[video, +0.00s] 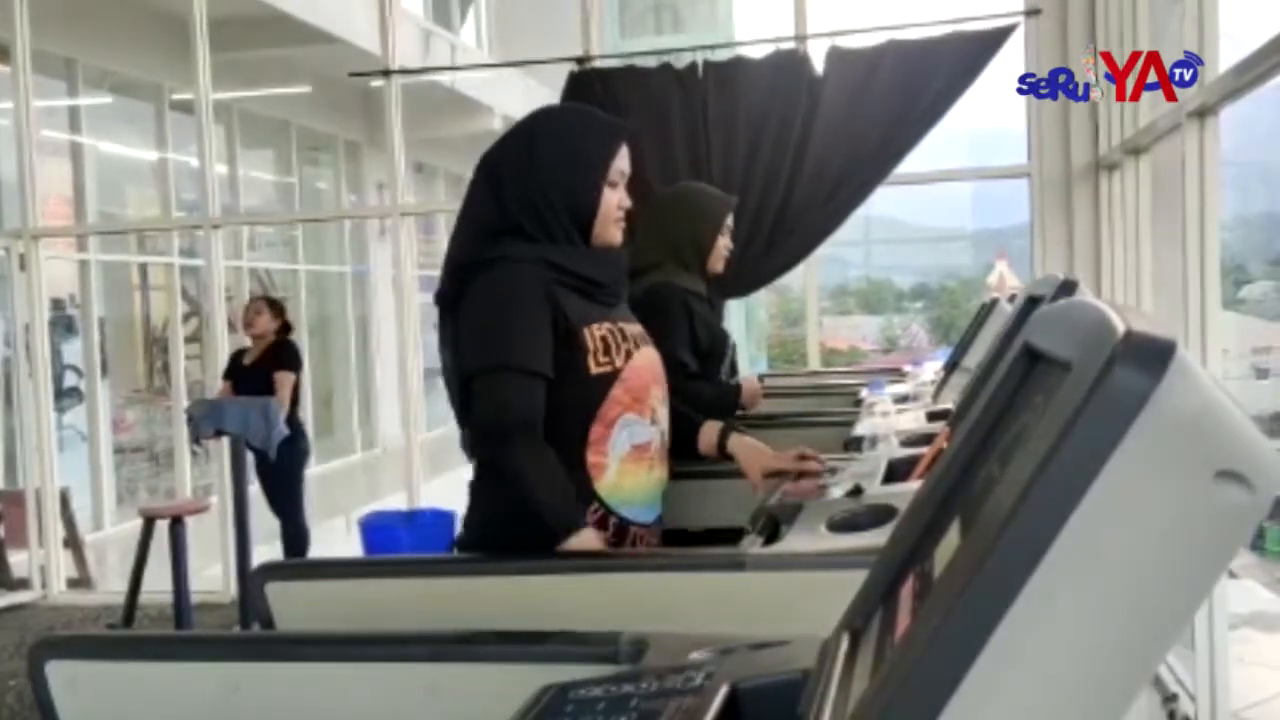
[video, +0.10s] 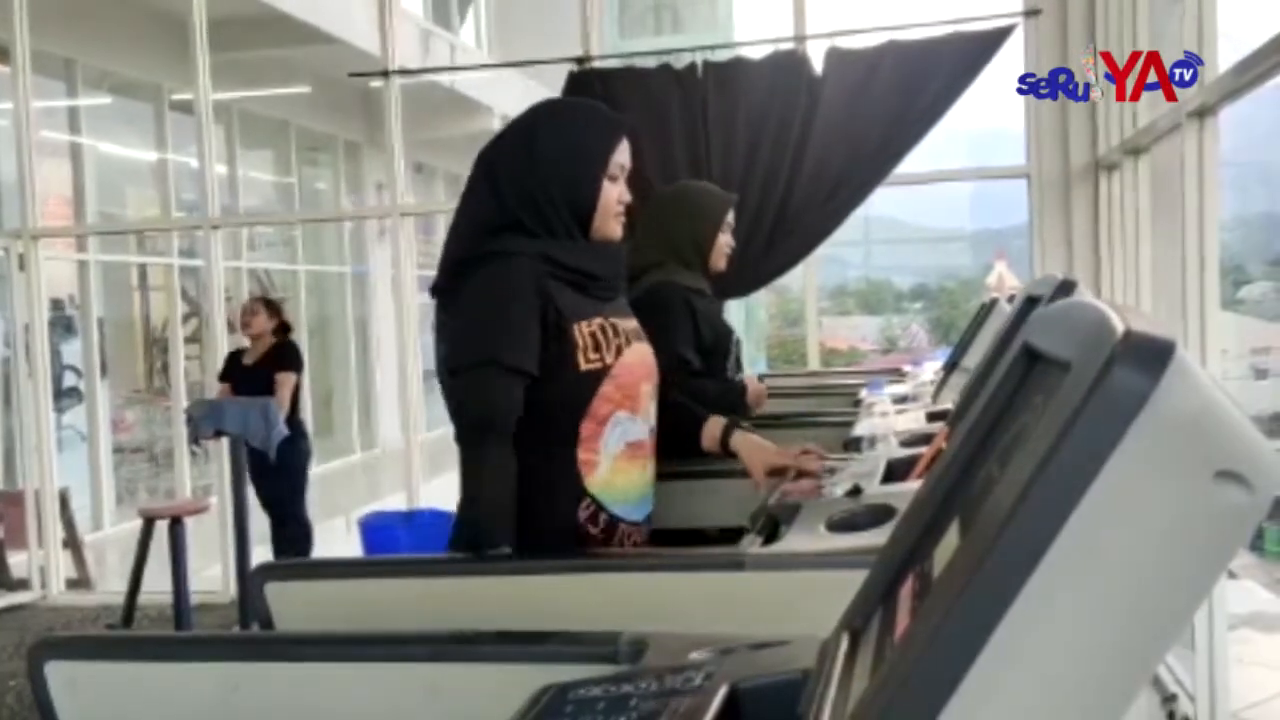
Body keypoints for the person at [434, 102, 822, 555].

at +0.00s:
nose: (627, 202)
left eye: (625, 186)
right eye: (613, 185)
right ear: (563, 183)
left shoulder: (592, 282)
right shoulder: (511, 285)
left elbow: (633, 405)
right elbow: (508, 441)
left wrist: (734, 443)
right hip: (538, 569)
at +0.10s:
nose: (628, 198)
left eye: (625, 180)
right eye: (614, 178)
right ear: (562, 177)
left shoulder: (594, 275)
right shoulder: (505, 281)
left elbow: (634, 397)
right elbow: (487, 441)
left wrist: (737, 440)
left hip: (614, 544)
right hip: (544, 557)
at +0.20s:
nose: (626, 203)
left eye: (625, 186)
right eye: (611, 185)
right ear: (561, 182)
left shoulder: (596, 285)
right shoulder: (501, 292)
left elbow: (628, 408)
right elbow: (457, 450)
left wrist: (737, 441)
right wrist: (424, 582)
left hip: (611, 556)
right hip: (528, 572)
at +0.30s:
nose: (623, 218)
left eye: (621, 200)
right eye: (610, 198)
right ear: (559, 199)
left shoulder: (589, 302)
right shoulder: (498, 307)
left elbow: (617, 427)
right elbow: (445, 464)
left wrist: (731, 438)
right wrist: (389, 586)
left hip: (609, 567)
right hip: (525, 577)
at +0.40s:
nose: (621, 219)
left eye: (618, 201)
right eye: (606, 201)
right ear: (555, 202)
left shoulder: (587, 308)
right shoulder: (501, 315)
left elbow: (613, 429)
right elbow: (455, 479)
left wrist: (725, 441)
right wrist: (416, 597)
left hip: (610, 573)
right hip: (536, 586)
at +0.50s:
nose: (618, 205)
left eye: (614, 187)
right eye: (602, 186)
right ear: (552, 188)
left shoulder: (581, 287)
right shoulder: (501, 299)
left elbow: (598, 421)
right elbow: (484, 460)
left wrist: (702, 439)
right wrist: (478, 592)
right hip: (545, 567)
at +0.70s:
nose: (611, 206)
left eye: (608, 189)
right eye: (598, 187)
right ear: (549, 187)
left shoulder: (564, 294)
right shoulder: (511, 294)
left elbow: (578, 424)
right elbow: (532, 447)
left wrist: (670, 440)